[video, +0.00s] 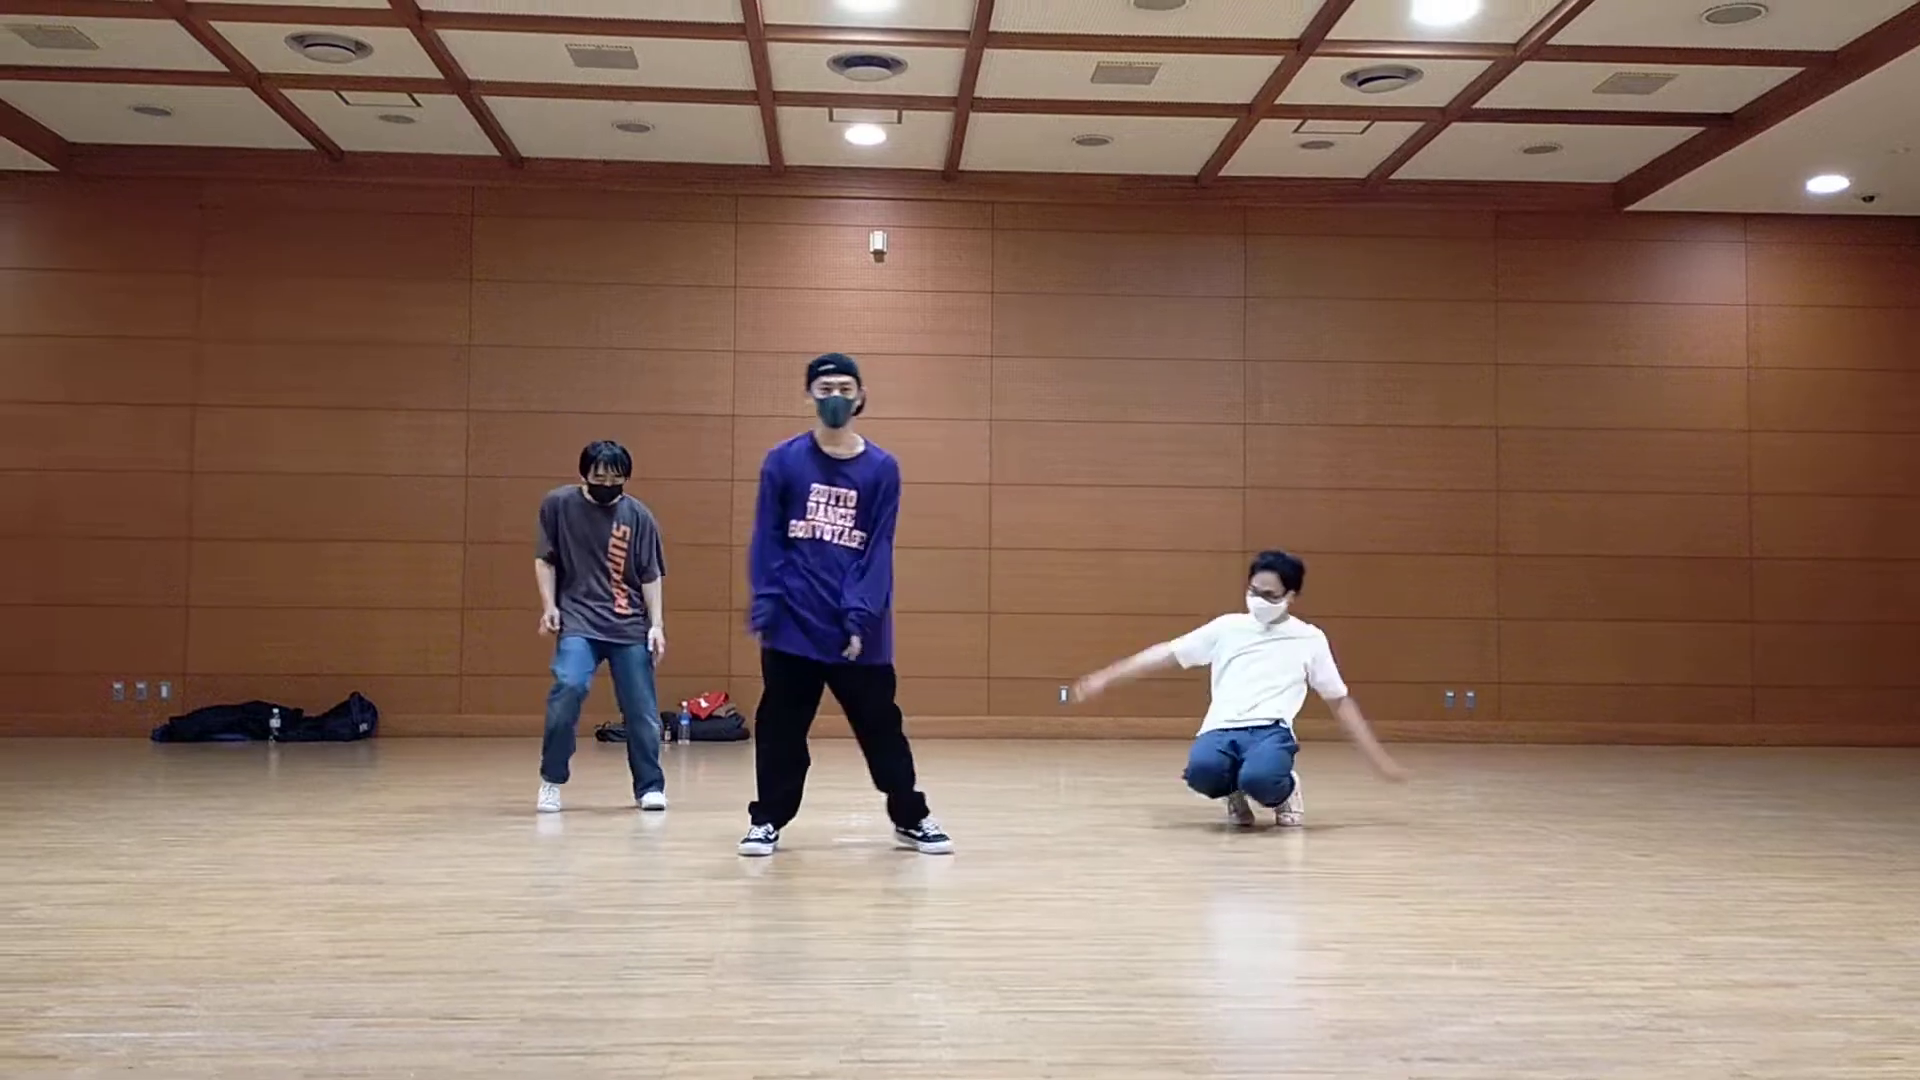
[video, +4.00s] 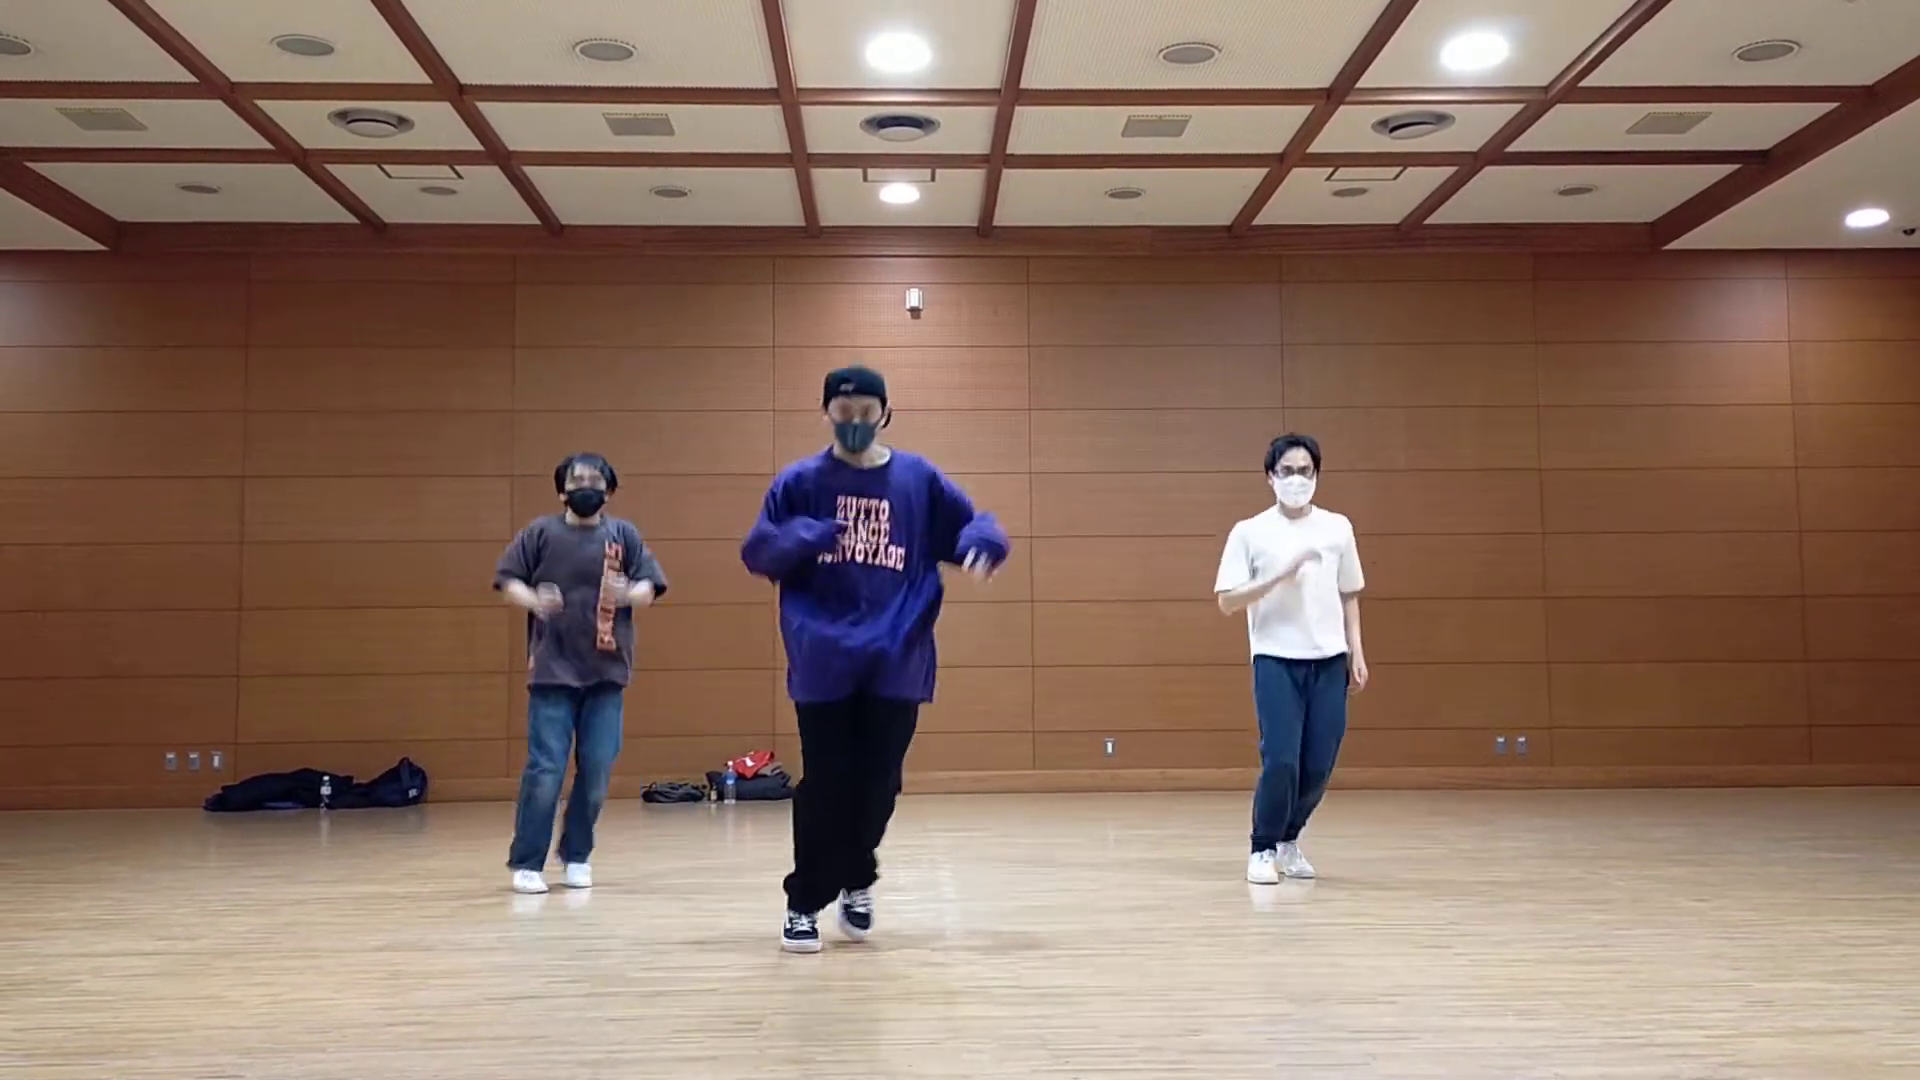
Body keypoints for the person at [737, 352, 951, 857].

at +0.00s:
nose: (834, 393)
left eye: (843, 386)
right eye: (825, 386)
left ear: (859, 395)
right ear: (810, 396)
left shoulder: (881, 468)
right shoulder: (782, 461)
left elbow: (880, 549)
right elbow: (766, 538)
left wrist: (860, 616)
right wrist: (765, 604)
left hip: (856, 622)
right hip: (793, 619)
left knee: (880, 722)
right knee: (781, 722)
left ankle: (911, 817)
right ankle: (766, 821)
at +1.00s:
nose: (890, 440)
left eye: (892, 433)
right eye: (880, 433)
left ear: (891, 441)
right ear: (849, 436)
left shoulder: (904, 503)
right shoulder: (803, 498)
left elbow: (919, 574)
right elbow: (772, 572)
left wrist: (922, 631)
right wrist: (742, 632)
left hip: (880, 657)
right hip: (816, 655)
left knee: (887, 761)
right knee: (805, 758)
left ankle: (894, 857)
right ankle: (783, 858)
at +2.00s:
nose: (880, 441)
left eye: (891, 435)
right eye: (871, 434)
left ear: (905, 449)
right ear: (856, 447)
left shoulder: (931, 514)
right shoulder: (831, 512)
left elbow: (937, 593)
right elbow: (809, 589)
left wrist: (942, 645)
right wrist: (818, 637)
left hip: (907, 671)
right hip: (846, 670)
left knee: (905, 776)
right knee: (844, 774)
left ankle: (902, 871)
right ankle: (857, 868)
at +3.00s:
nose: (896, 431)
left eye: (906, 423)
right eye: (886, 424)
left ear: (924, 435)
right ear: (871, 435)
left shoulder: (950, 491)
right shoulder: (844, 492)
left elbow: (958, 560)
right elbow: (832, 561)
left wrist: (906, 586)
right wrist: (884, 587)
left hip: (929, 663)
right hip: (863, 665)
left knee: (924, 774)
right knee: (877, 776)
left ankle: (923, 888)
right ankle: (875, 896)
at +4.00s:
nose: (853, 414)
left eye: (865, 404)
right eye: (843, 405)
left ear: (884, 412)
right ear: (827, 413)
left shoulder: (917, 478)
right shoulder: (801, 481)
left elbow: (970, 525)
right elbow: (758, 554)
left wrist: (984, 540)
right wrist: (809, 534)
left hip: (897, 658)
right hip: (822, 657)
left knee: (879, 781)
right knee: (826, 779)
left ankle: (860, 880)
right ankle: (803, 904)